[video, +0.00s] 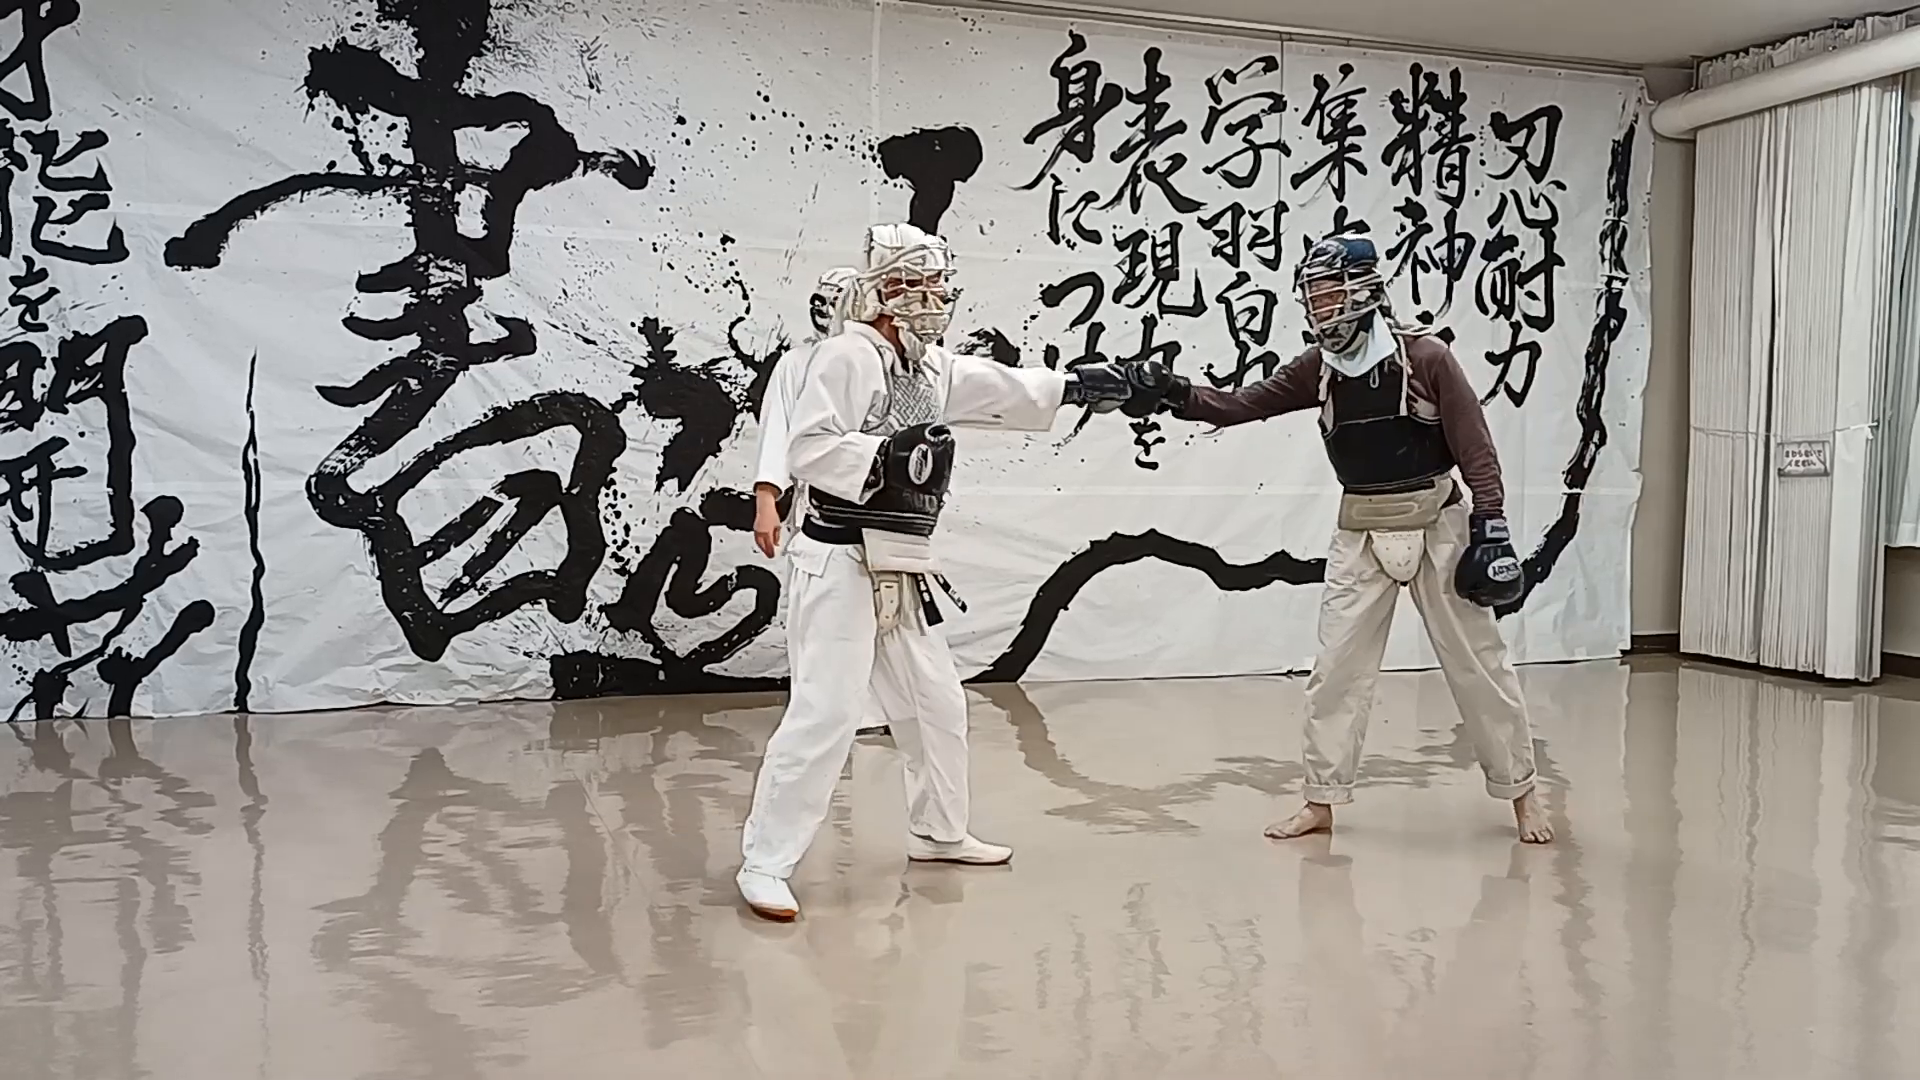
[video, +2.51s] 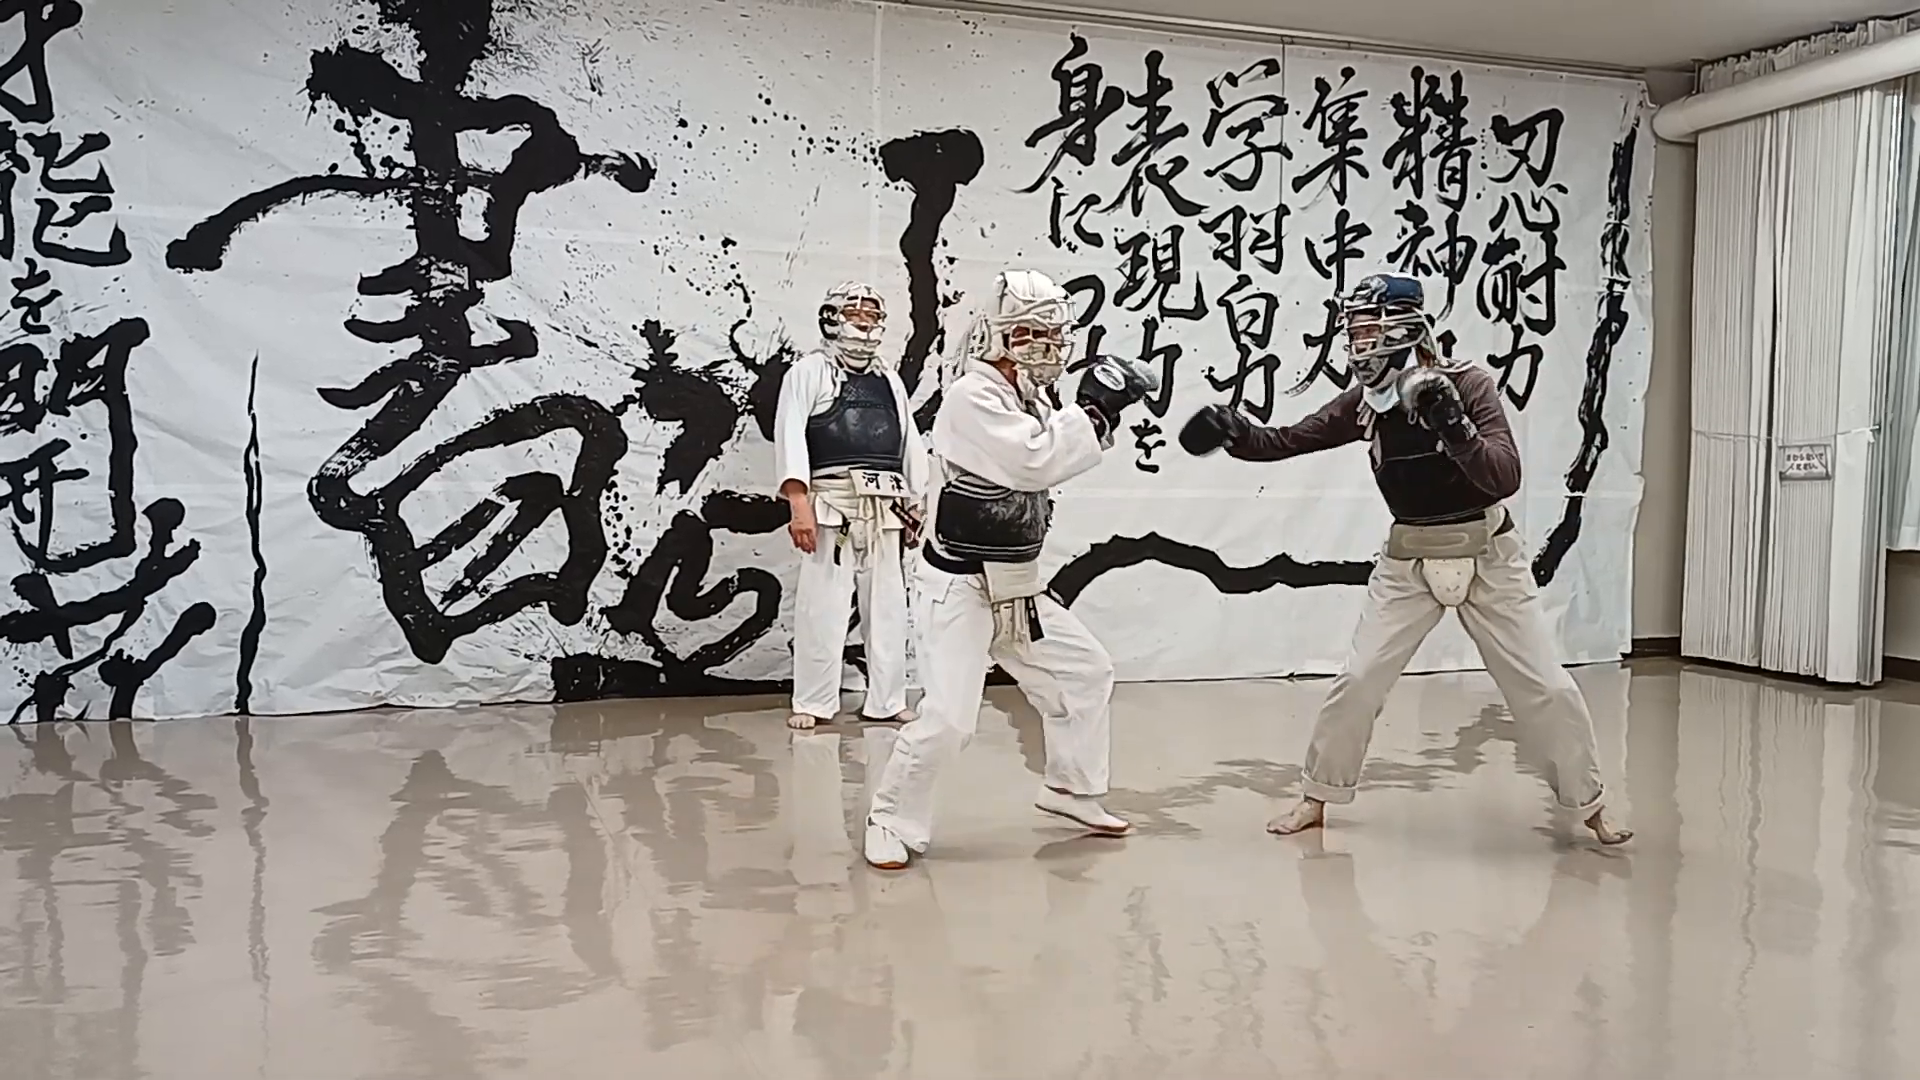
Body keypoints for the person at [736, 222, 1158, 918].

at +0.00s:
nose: (926, 298)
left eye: (932, 287)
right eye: (912, 285)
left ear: (937, 294)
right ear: (880, 289)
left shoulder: (935, 367)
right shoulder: (845, 353)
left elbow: (1020, 388)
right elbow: (806, 445)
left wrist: (1106, 384)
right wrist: (886, 460)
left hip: (896, 562)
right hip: (833, 558)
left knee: (936, 701)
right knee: (824, 714)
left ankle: (938, 835)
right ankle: (764, 867)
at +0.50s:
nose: (918, 304)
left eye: (922, 292)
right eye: (903, 291)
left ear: (926, 296)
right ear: (868, 295)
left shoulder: (907, 373)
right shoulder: (842, 360)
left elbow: (929, 460)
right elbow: (828, 472)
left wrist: (926, 527)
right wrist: (887, 544)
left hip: (894, 560)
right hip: (838, 563)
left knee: (958, 680)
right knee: (829, 711)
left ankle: (945, 822)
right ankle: (789, 853)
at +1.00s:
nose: (954, 313)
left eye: (961, 301)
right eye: (943, 300)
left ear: (965, 305)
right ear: (910, 299)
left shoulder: (937, 363)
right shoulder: (880, 360)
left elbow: (982, 422)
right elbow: (962, 408)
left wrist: (1009, 358)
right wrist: (1001, 347)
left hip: (934, 555)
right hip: (877, 556)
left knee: (959, 693)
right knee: (858, 707)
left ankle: (979, 818)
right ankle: (799, 847)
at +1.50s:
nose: (980, 338)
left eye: (987, 327)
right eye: (967, 324)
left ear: (995, 332)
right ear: (937, 326)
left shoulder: (972, 393)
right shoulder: (902, 379)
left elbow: (1018, 450)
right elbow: (964, 438)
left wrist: (1078, 421)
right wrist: (1022, 389)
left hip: (946, 572)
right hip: (889, 571)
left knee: (991, 690)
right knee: (885, 717)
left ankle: (1010, 813)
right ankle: (815, 846)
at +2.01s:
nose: (991, 334)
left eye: (998, 323)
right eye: (978, 321)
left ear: (1005, 328)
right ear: (947, 321)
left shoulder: (975, 388)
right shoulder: (914, 375)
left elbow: (979, 477)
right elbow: (975, 432)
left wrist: (1039, 473)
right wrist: (1037, 380)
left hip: (964, 572)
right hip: (908, 574)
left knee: (1018, 688)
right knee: (898, 714)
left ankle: (1048, 807)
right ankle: (842, 845)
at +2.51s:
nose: (1047, 345)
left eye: (1054, 334)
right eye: (1033, 334)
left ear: (1061, 336)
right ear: (1000, 334)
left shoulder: (1033, 395)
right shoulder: (970, 393)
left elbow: (1053, 454)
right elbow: (1031, 457)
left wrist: (1101, 414)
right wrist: (1093, 409)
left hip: (1011, 580)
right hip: (956, 583)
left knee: (1086, 670)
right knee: (948, 718)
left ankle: (1070, 791)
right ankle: (891, 824)